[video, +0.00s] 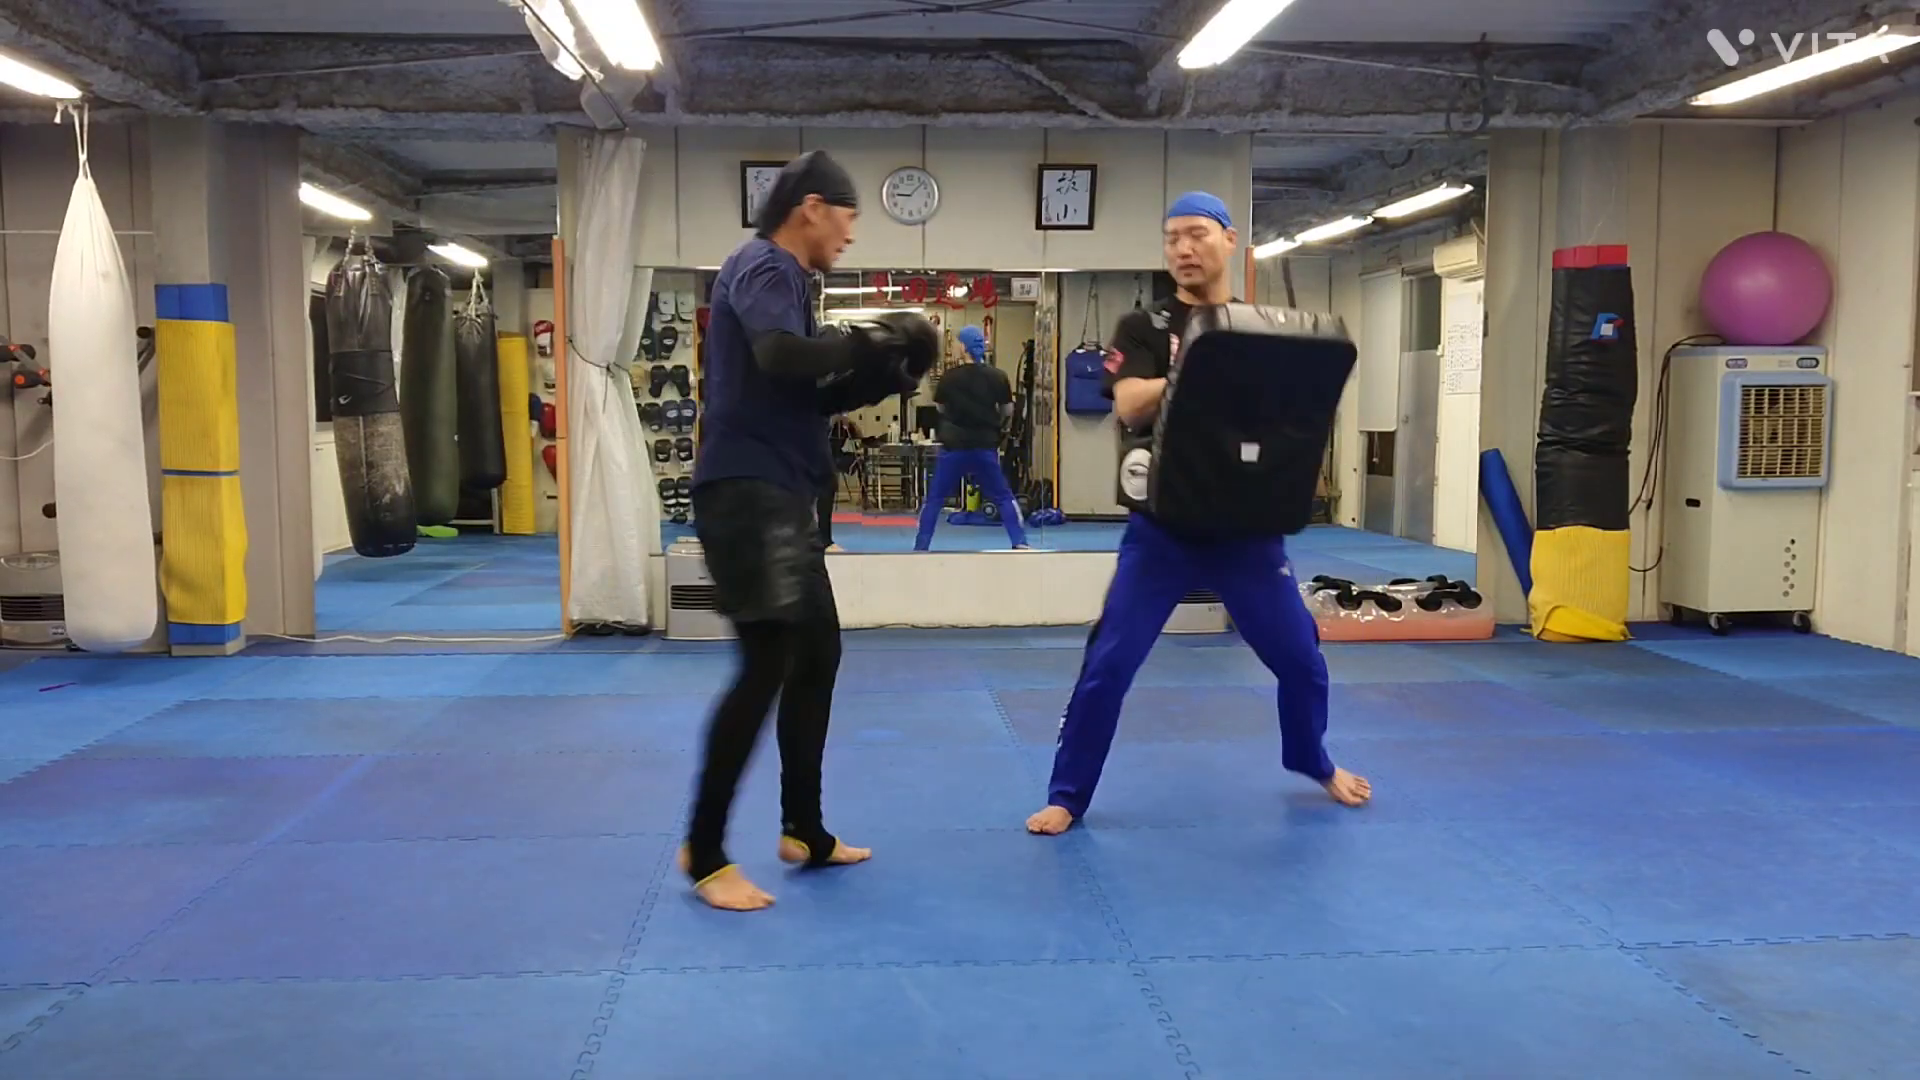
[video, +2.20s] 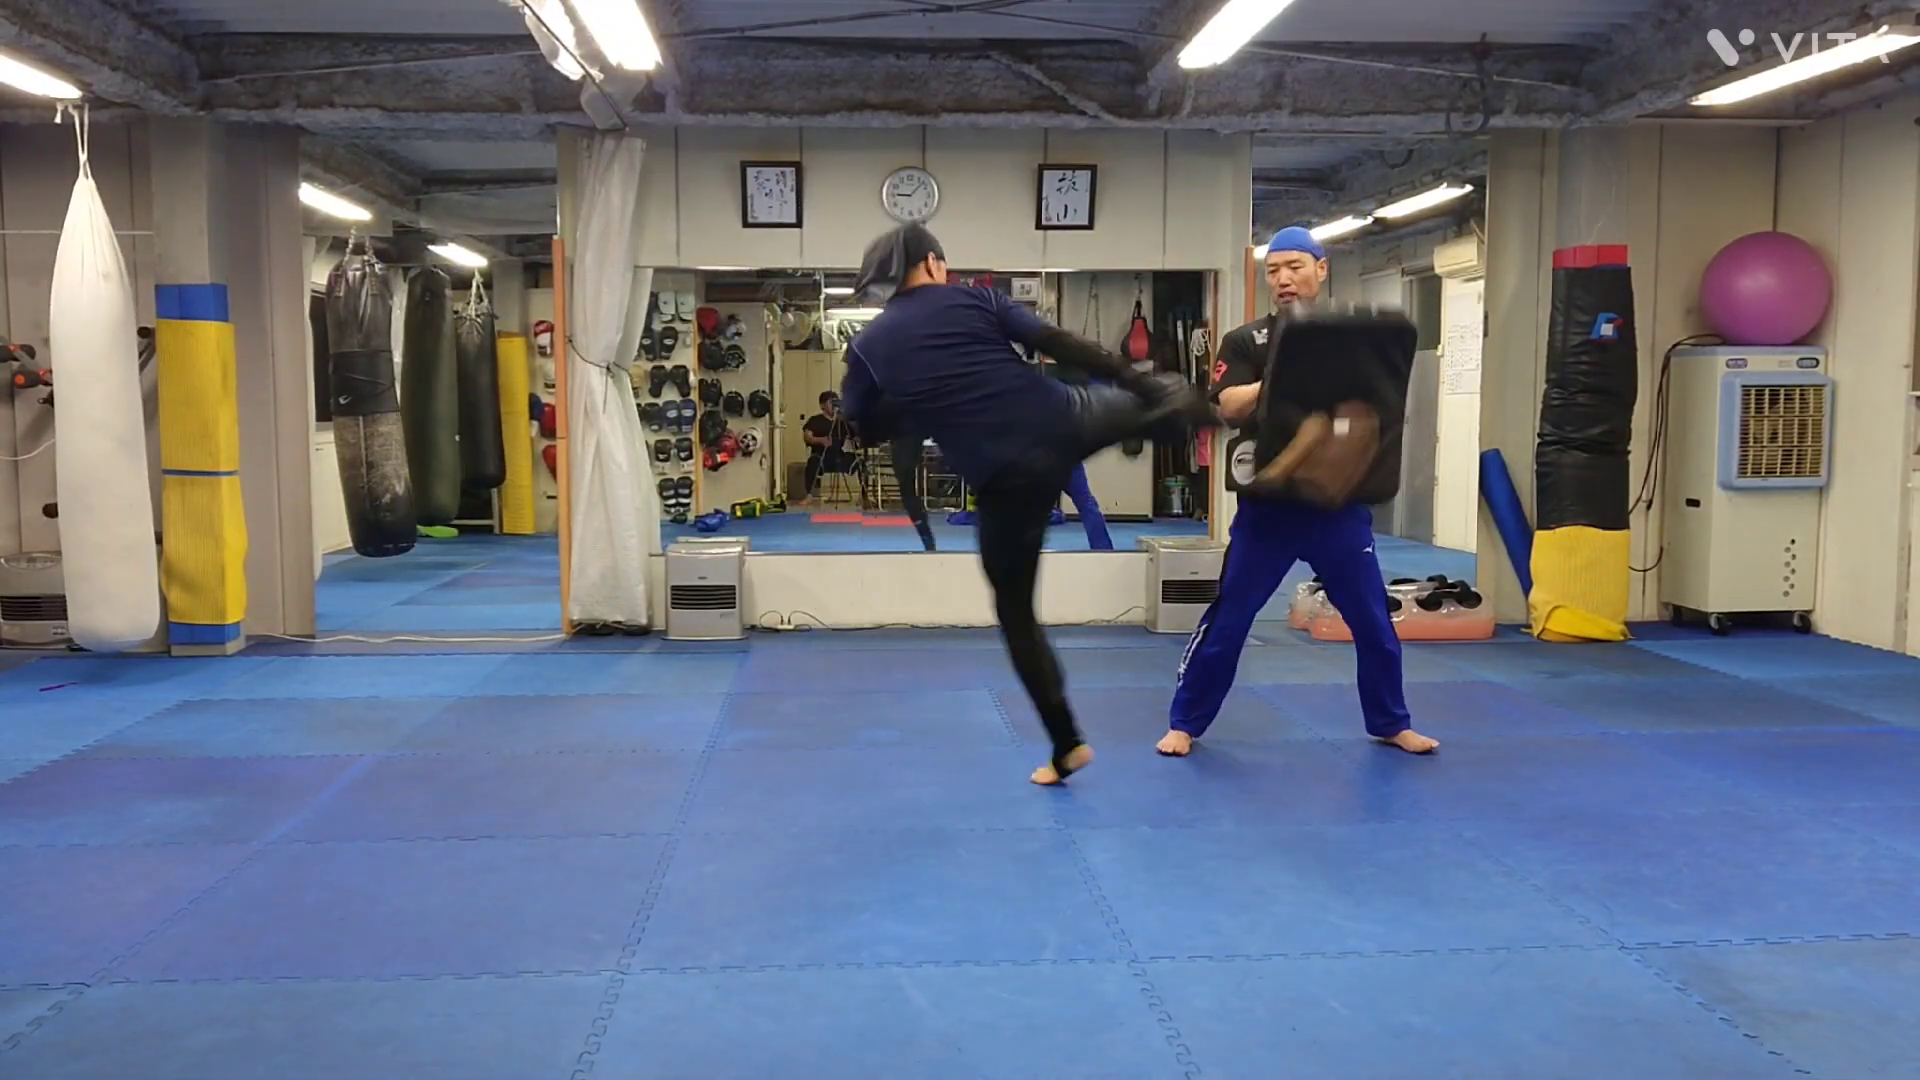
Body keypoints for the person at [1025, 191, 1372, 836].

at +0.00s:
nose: (1184, 248)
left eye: (1197, 234)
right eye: (1173, 238)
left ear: (1230, 243)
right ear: (1165, 252)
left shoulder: (1267, 330)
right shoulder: (1145, 325)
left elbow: (1291, 413)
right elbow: (1127, 404)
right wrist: (1196, 378)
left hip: (1248, 535)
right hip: (1159, 532)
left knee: (1304, 662)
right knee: (1107, 663)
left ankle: (1311, 758)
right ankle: (1066, 797)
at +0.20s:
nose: (1232, 257)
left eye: (1245, 242)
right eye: (1223, 247)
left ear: (1277, 248)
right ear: (1215, 259)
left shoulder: (1321, 335)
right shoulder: (1190, 334)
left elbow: (1341, 423)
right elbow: (1177, 418)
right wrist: (1239, 399)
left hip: (1287, 527)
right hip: (1207, 524)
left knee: (1329, 656)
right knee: (1149, 646)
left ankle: (1325, 764)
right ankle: (1088, 775)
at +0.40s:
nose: (1242, 245)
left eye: (1255, 232)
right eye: (1232, 236)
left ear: (1287, 236)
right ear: (1224, 246)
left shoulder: (1321, 317)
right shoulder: (1203, 316)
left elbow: (1338, 400)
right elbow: (1181, 396)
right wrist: (1236, 366)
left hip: (1299, 508)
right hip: (1217, 505)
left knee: (1327, 643)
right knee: (1191, 641)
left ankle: (1330, 766)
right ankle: (1182, 746)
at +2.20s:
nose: (1284, 278)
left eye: (1294, 267)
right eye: (1274, 270)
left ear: (1321, 270)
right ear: (1266, 278)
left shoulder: (1347, 338)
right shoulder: (1244, 342)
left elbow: (1371, 407)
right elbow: (1227, 405)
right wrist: (1288, 380)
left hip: (1340, 510)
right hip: (1267, 510)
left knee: (1374, 622)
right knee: (1227, 619)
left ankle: (1390, 724)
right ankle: (1184, 724)